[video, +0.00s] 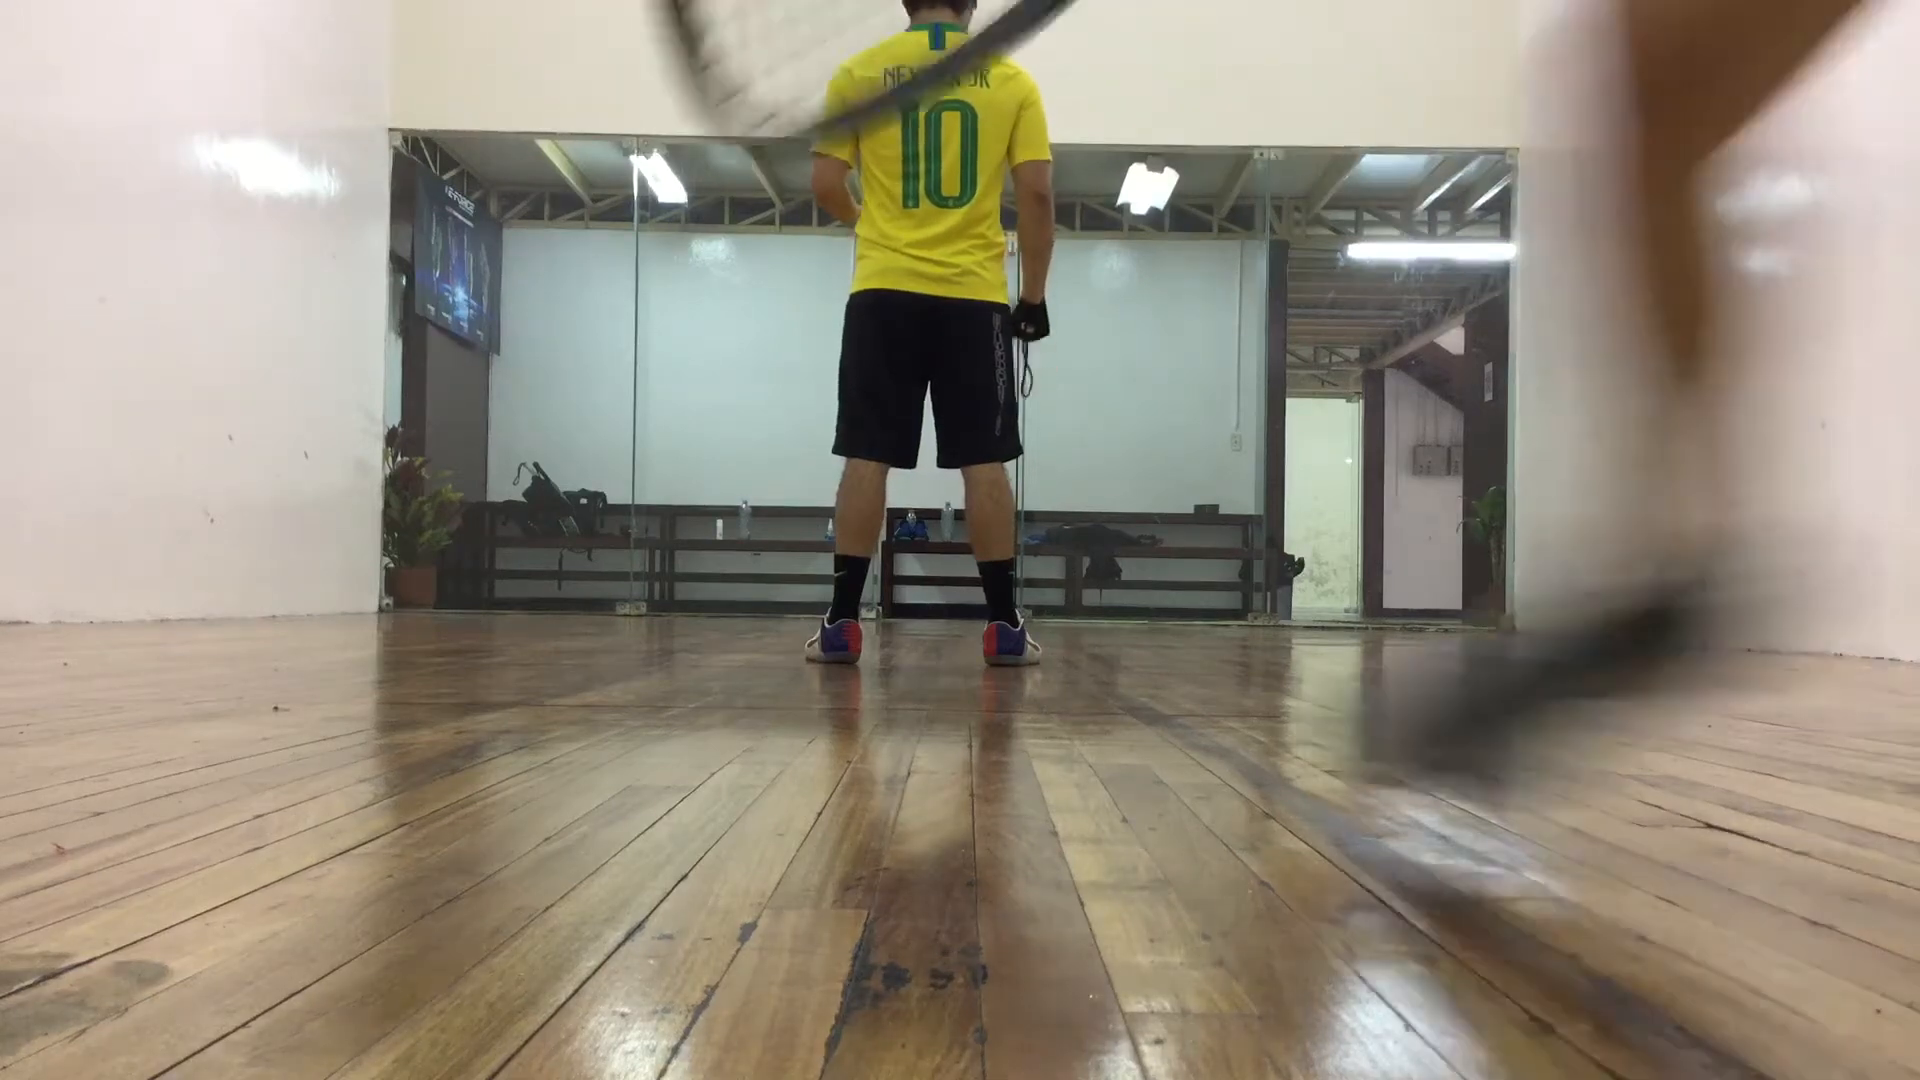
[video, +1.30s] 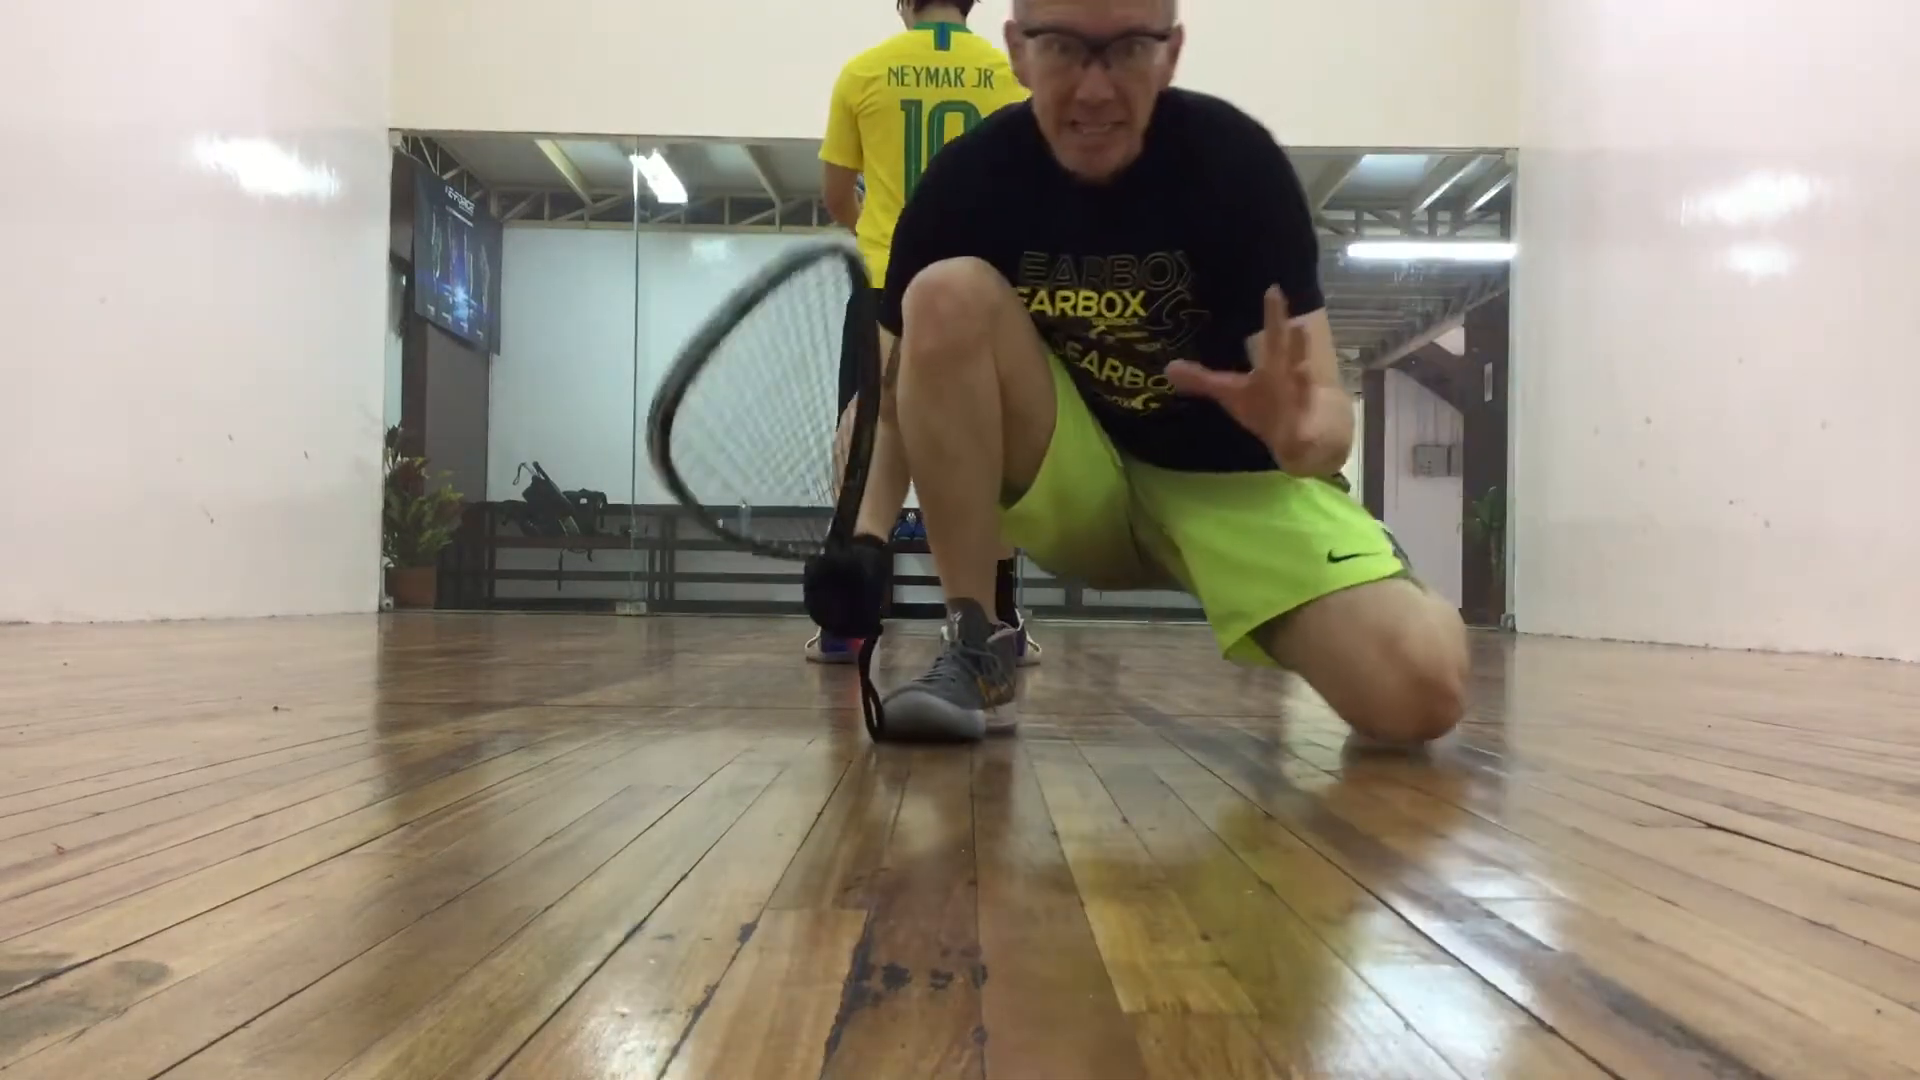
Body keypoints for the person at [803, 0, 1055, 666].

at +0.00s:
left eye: (915, 8)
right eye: (965, 4)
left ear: (905, 4)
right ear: (970, 5)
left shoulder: (858, 73)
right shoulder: (1010, 79)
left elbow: (827, 184)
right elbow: (1037, 191)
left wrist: (869, 225)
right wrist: (1034, 297)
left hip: (881, 299)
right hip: (972, 305)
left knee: (865, 458)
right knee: (985, 463)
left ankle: (842, 622)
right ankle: (1004, 624)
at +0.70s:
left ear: (906, 3)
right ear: (968, 3)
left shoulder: (861, 74)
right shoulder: (1010, 65)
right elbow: (1037, 196)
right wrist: (1012, 254)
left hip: (884, 296)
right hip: (978, 300)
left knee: (866, 458)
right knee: (985, 459)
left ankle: (843, 620)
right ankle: (1000, 621)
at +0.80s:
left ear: (906, 6)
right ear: (969, 6)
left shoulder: (860, 75)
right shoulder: (1013, 75)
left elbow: (836, 197)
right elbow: (1043, 178)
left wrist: (875, 237)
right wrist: (1002, 242)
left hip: (895, 304)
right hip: (987, 306)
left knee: (867, 457)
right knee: (998, 456)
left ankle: (842, 622)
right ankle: (1000, 622)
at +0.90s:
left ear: (905, 7)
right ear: (969, 7)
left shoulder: (861, 74)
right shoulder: (1013, 76)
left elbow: (836, 194)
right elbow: (1038, 178)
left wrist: (866, 229)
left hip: (885, 291)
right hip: (982, 294)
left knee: (864, 452)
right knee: (991, 451)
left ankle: (840, 620)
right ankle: (999, 622)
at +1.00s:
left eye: (902, 13)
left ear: (903, 8)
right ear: (969, 8)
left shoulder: (861, 74)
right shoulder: (1015, 77)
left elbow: (835, 196)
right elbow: (1041, 182)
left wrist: (868, 245)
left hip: (887, 293)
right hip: (983, 293)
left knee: (854, 447)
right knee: (987, 445)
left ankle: (839, 619)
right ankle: (1000, 619)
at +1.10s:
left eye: (899, 10)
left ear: (904, 7)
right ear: (969, 8)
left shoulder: (862, 74)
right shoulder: (1015, 77)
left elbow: (837, 198)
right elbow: (1038, 182)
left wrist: (876, 233)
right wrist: (1004, 237)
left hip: (882, 286)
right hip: (982, 289)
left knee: (857, 443)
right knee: (985, 443)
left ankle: (836, 621)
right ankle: (1000, 620)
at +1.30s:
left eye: (900, 10)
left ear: (904, 8)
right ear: (971, 10)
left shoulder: (863, 73)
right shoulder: (1008, 70)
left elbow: (837, 195)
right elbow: (1034, 175)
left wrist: (873, 232)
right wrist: (1008, 234)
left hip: (889, 281)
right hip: (988, 282)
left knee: (873, 424)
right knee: (990, 435)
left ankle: (847, 613)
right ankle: (999, 619)